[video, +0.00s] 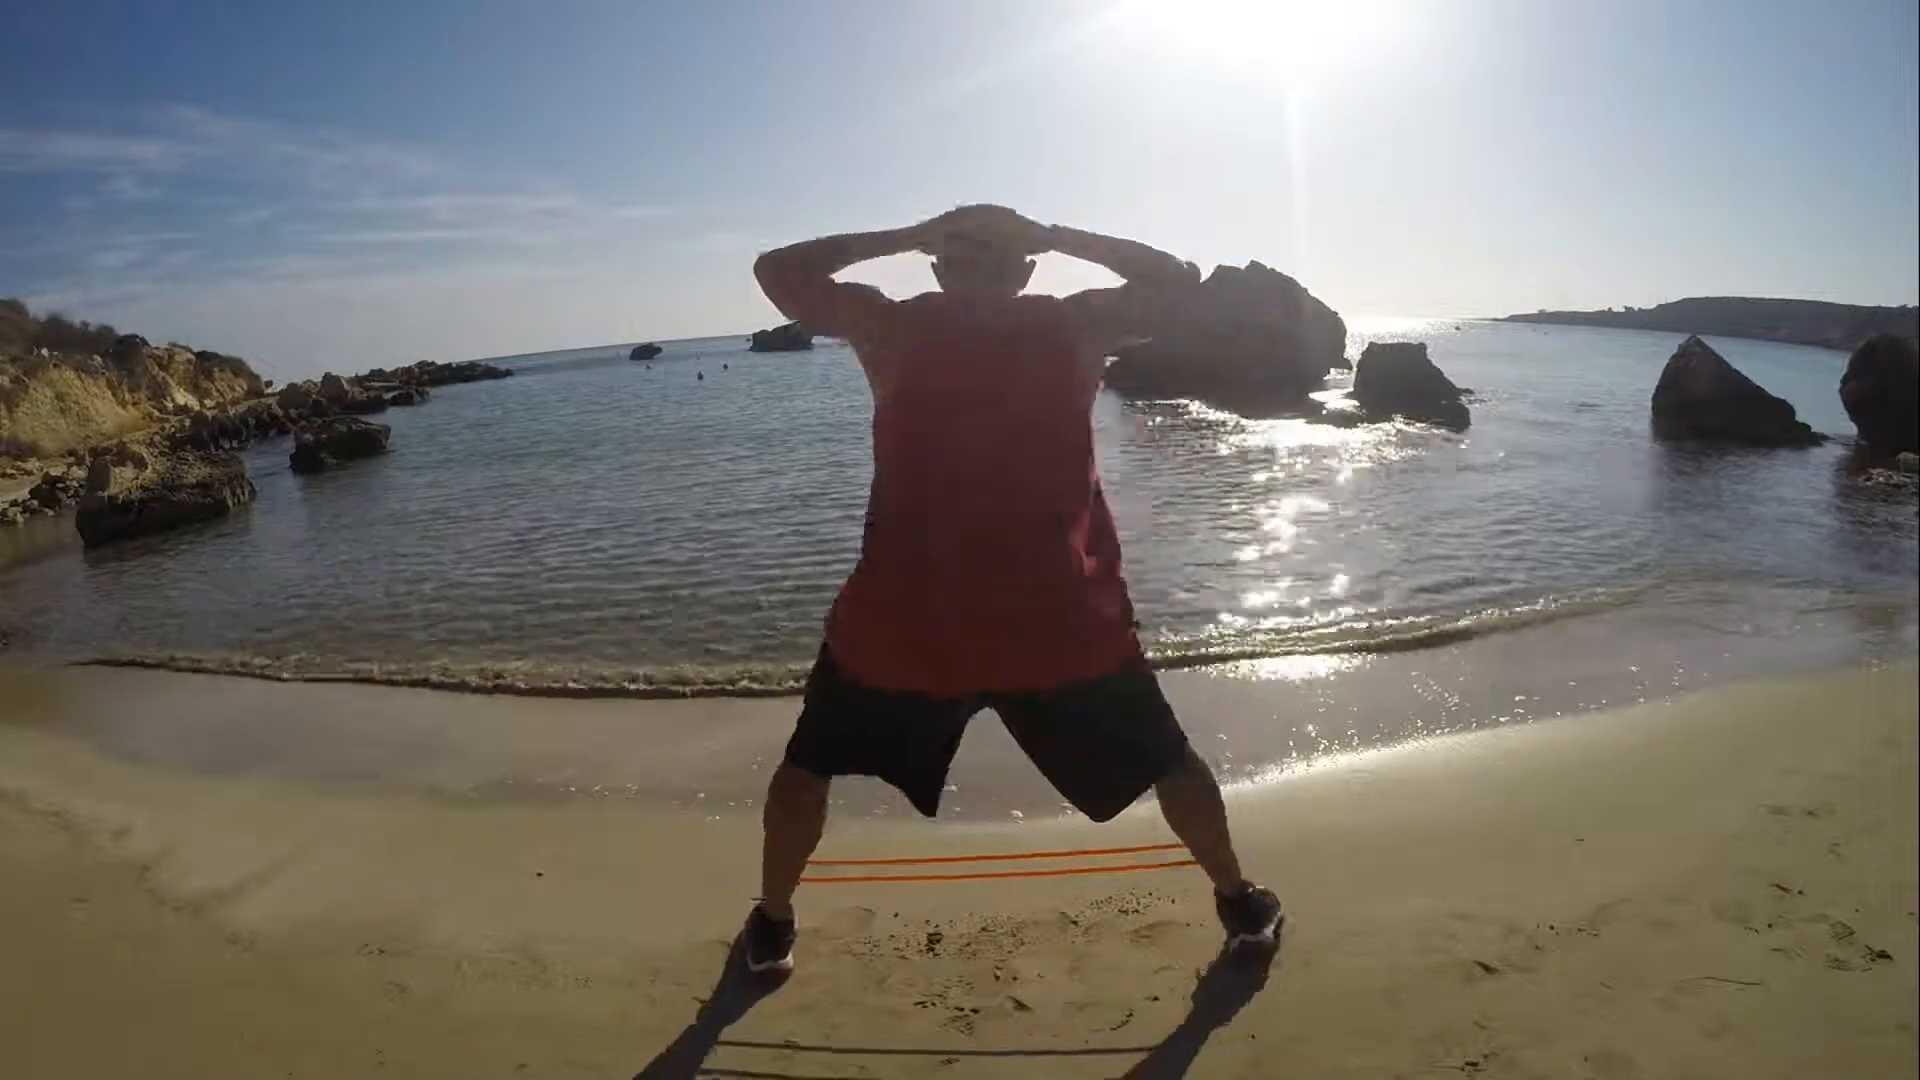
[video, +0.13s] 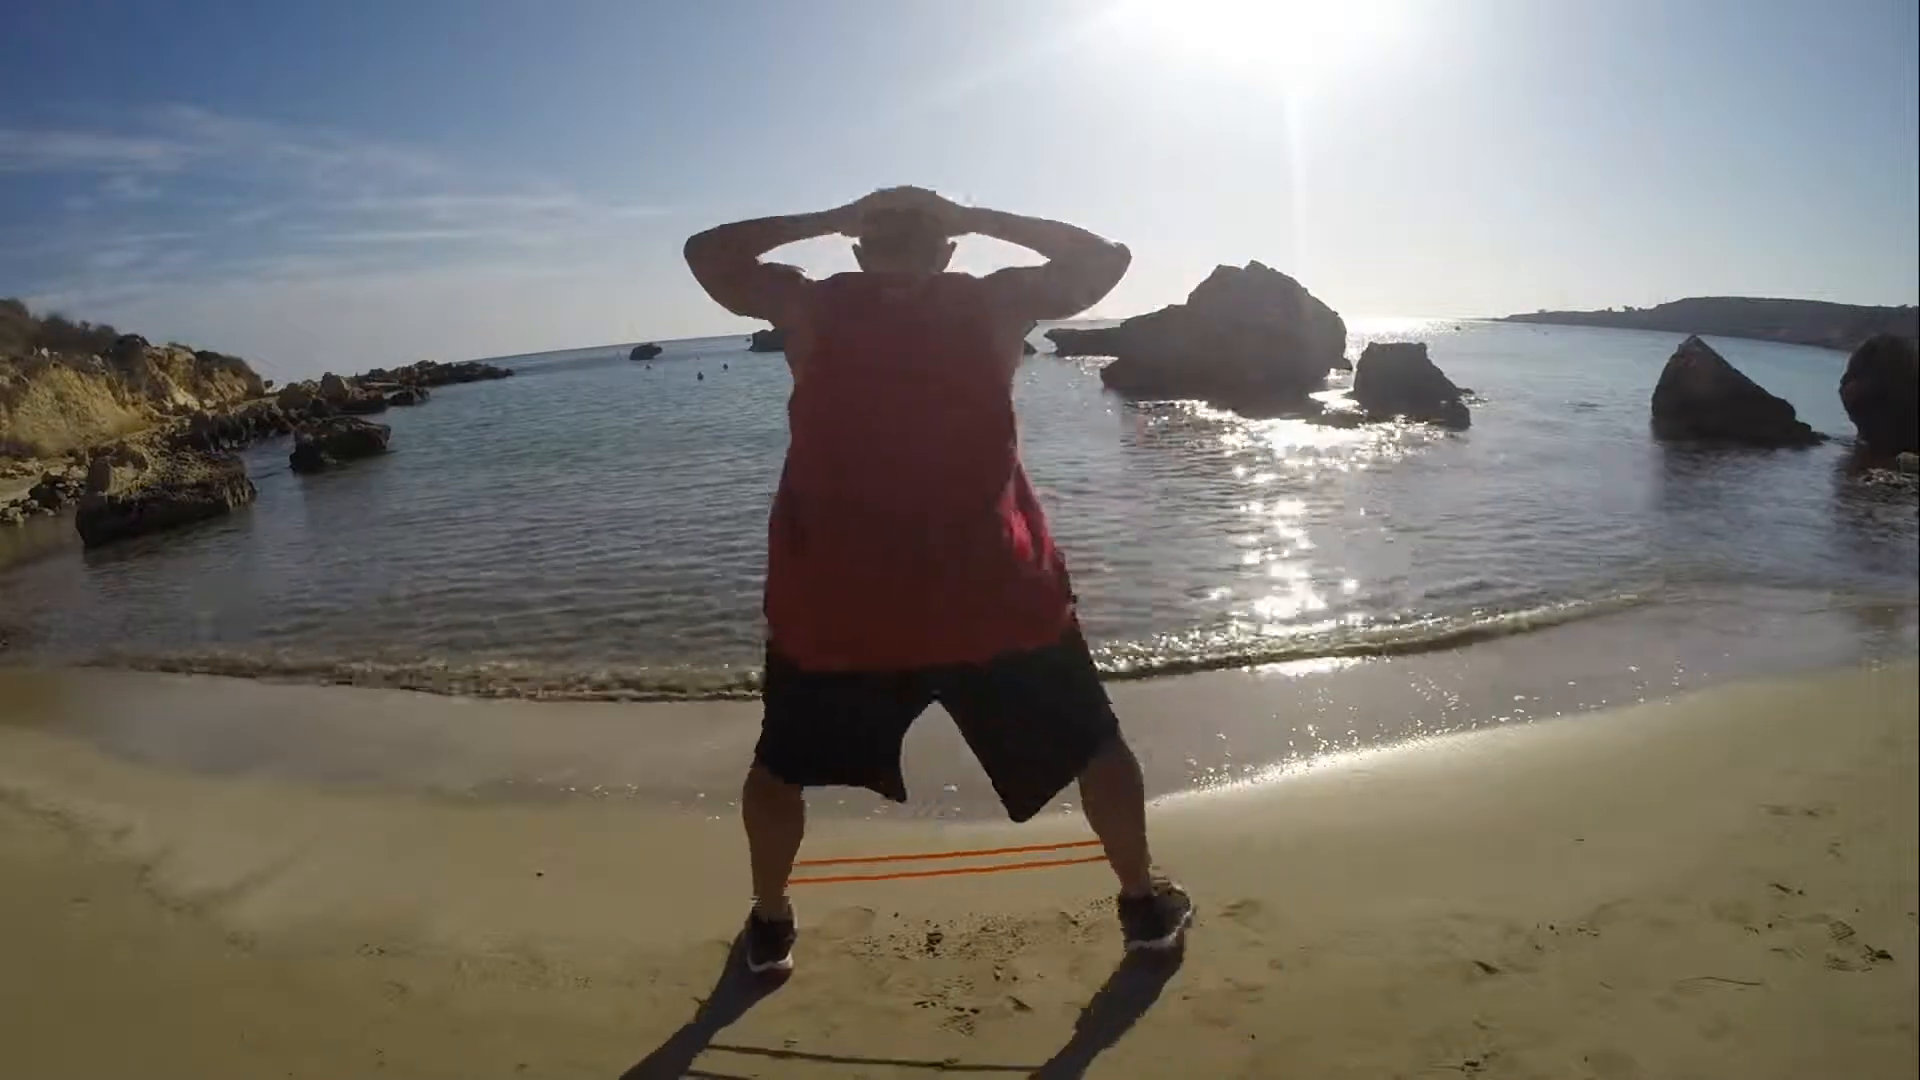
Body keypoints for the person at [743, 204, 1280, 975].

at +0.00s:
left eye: (961, 247)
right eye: (999, 247)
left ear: (942, 260)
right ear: (1025, 263)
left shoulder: (891, 327)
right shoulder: (1072, 325)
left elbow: (779, 269)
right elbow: (1179, 279)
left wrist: (908, 236)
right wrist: (1057, 236)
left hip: (907, 607)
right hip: (1055, 607)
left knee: (807, 764)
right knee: (1169, 758)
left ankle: (769, 926)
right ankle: (1238, 903)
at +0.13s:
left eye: (880, 220)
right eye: (925, 220)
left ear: (860, 244)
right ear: (946, 244)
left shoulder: (809, 306)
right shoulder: (991, 303)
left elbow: (708, 251)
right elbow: (1102, 257)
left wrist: (830, 220)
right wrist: (974, 217)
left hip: (833, 585)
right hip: (985, 575)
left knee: (779, 761)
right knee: (1094, 739)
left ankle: (768, 925)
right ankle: (1141, 900)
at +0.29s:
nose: (837, 230)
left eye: (843, 220)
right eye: (832, 219)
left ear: (799, 240)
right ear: (888, 239)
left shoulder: (753, 303)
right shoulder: (937, 293)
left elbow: (658, 258)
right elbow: (1047, 243)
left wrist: (773, 218)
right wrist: (916, 209)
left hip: (784, 594)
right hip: (930, 591)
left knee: (754, 774)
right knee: (961, 767)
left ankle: (763, 922)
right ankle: (940, 909)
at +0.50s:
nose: (805, 248)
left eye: (807, 237)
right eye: (807, 236)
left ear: (773, 253)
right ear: (861, 251)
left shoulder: (730, 317)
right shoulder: (912, 306)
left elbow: (637, 279)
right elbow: (1019, 254)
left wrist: (750, 232)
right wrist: (889, 222)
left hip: (763, 597)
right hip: (900, 592)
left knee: (740, 775)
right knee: (927, 750)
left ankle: (762, 924)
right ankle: (899, 910)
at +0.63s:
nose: (812, 245)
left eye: (805, 235)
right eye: (824, 232)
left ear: (777, 252)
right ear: (863, 248)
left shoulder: (733, 318)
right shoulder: (913, 301)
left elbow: (641, 281)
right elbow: (1020, 246)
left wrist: (749, 232)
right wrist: (886, 217)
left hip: (782, 588)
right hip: (926, 577)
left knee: (768, 764)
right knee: (1002, 733)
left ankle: (764, 923)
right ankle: (1008, 899)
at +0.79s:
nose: (857, 241)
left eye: (839, 235)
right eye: (866, 233)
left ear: (808, 256)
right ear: (892, 248)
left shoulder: (771, 321)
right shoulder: (950, 296)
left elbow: (672, 284)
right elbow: (1055, 235)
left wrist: (780, 235)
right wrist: (917, 215)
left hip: (837, 588)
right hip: (986, 570)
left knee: (785, 758)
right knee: (1121, 725)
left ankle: (771, 922)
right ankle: (1205, 871)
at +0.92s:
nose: (940, 257)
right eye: (944, 245)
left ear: (869, 264)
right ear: (957, 259)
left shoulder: (831, 333)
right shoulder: (1010, 311)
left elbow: (723, 291)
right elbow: (1115, 248)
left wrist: (835, 242)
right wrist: (986, 225)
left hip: (892, 617)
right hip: (1043, 604)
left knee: (810, 767)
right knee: (1167, 749)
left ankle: (776, 921)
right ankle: (1257, 899)